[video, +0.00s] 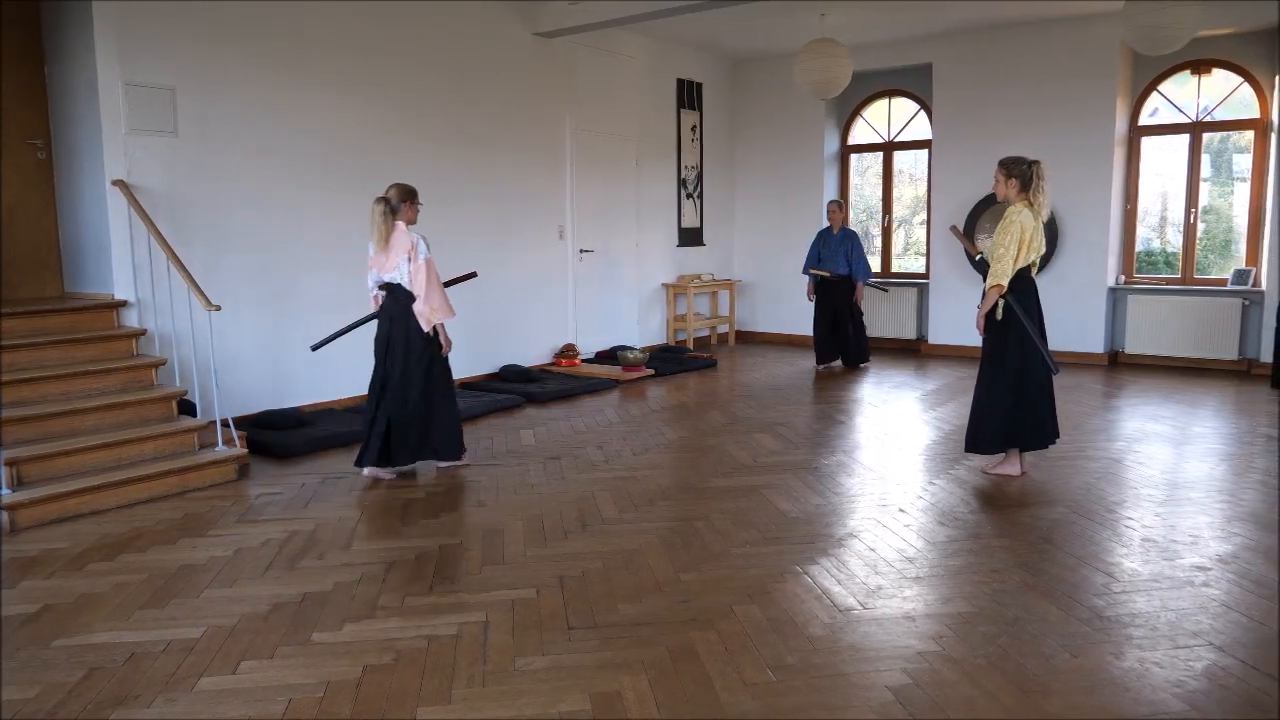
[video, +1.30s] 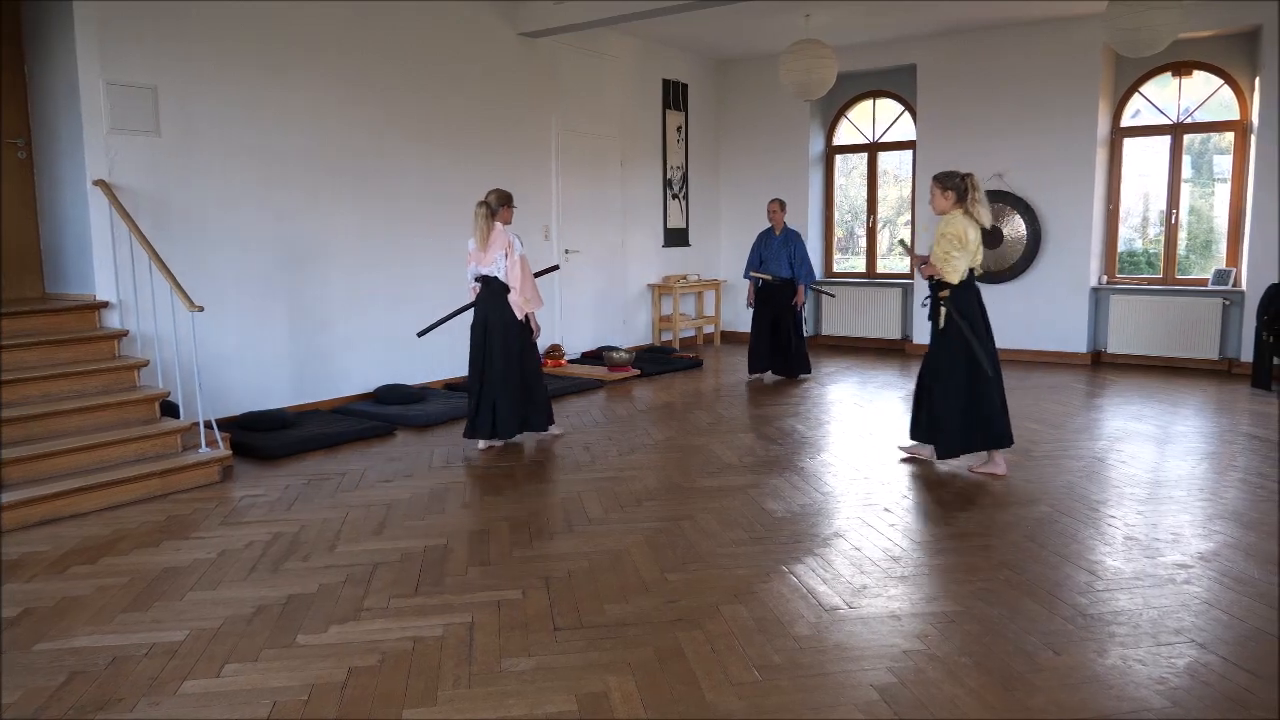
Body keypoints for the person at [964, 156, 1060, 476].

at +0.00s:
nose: (994, 186)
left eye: (997, 181)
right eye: (995, 180)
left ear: (1013, 184)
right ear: (1020, 184)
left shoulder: (1014, 217)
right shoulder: (1032, 215)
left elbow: (1002, 269)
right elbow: (1009, 259)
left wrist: (983, 309)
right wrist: (976, 251)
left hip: (1010, 301)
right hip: (1025, 298)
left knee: (1009, 375)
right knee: (1017, 374)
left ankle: (1012, 458)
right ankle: (1014, 455)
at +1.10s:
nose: (956, 192)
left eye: (959, 187)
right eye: (957, 186)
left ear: (975, 188)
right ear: (980, 189)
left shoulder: (976, 218)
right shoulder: (995, 215)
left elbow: (983, 265)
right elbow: (996, 257)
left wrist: (950, 277)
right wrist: (956, 250)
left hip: (978, 304)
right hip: (991, 301)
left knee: (988, 376)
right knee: (984, 375)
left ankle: (999, 458)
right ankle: (984, 449)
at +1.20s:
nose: (945, 195)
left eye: (948, 190)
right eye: (945, 189)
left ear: (963, 191)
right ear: (969, 191)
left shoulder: (965, 220)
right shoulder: (984, 217)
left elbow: (971, 265)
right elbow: (981, 258)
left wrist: (942, 266)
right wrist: (940, 252)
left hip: (966, 303)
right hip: (981, 300)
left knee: (950, 373)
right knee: (985, 375)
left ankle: (997, 459)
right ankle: (949, 443)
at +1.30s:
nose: (930, 200)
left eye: (933, 194)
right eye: (931, 194)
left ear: (949, 196)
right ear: (954, 196)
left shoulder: (951, 226)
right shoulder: (970, 222)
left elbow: (951, 272)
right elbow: (974, 263)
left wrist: (926, 270)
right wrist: (934, 261)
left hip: (955, 306)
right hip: (969, 302)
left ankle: (996, 459)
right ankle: (930, 445)